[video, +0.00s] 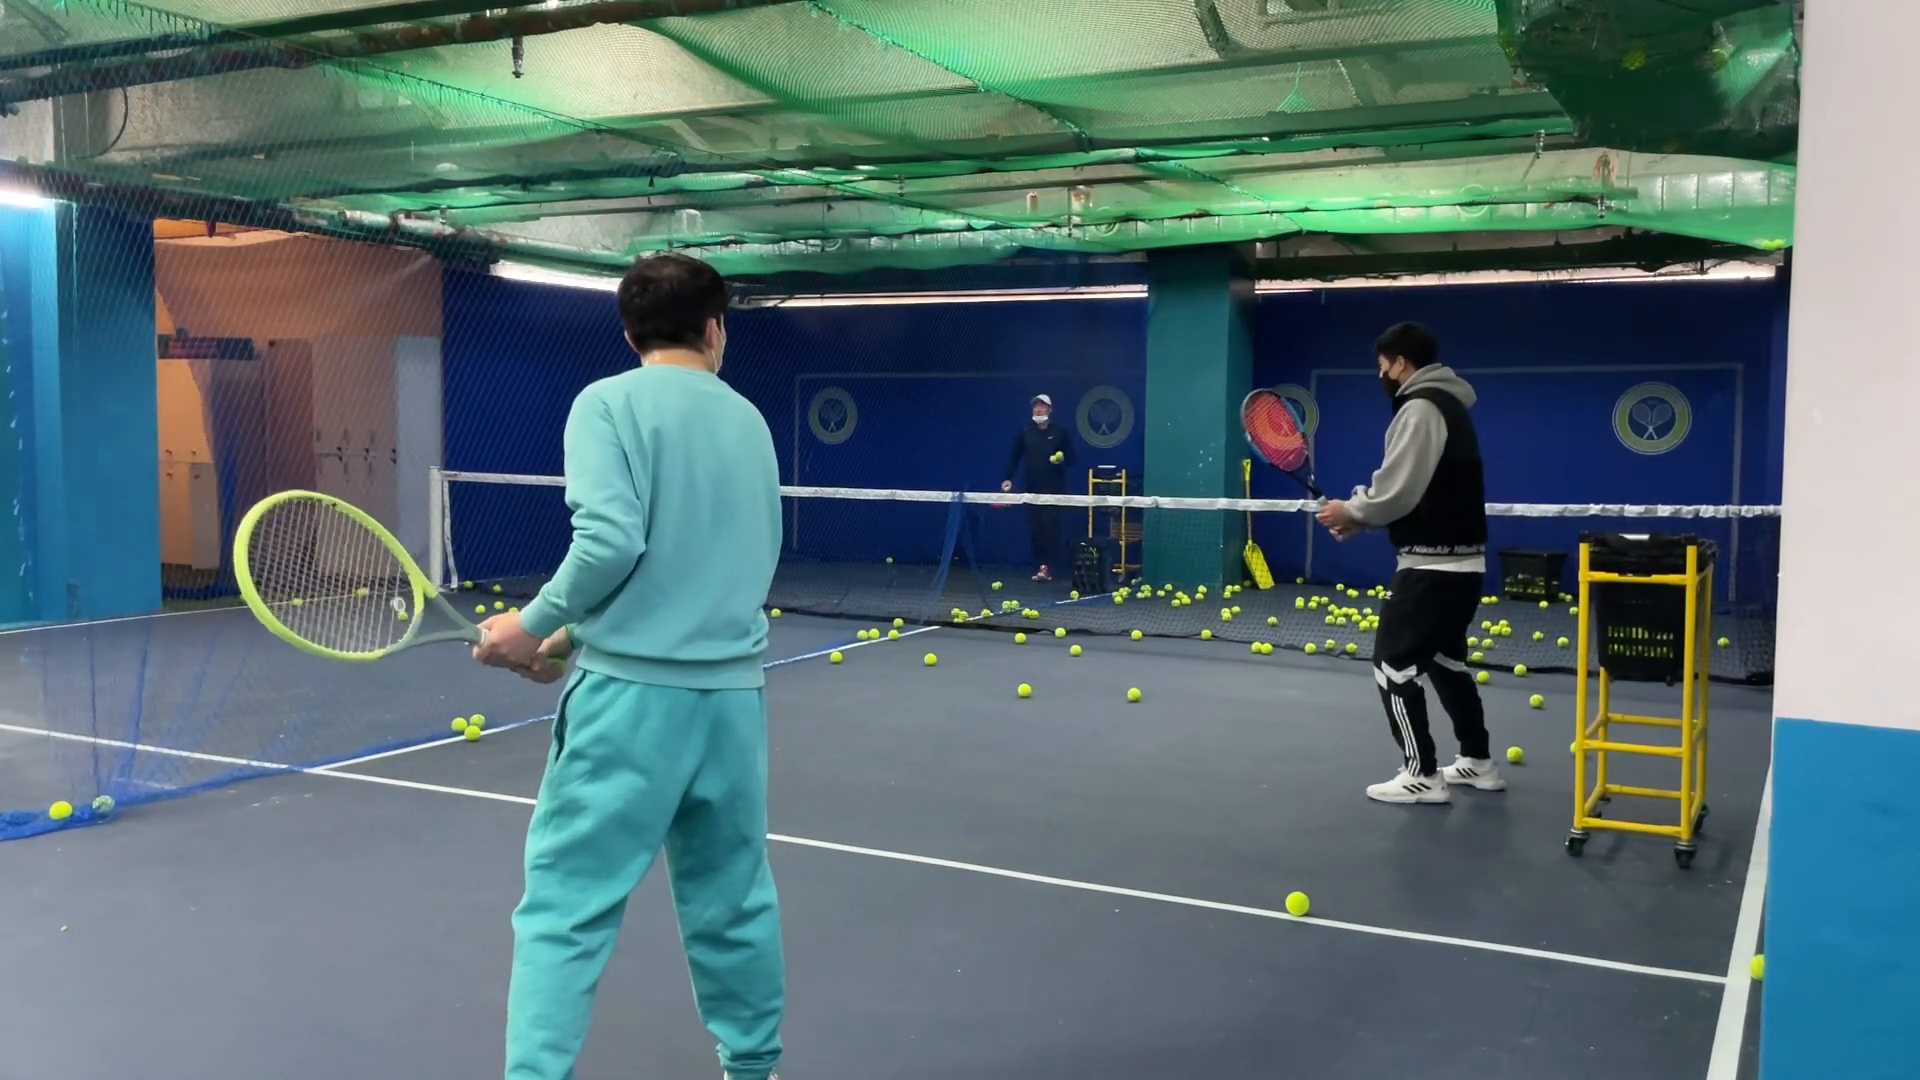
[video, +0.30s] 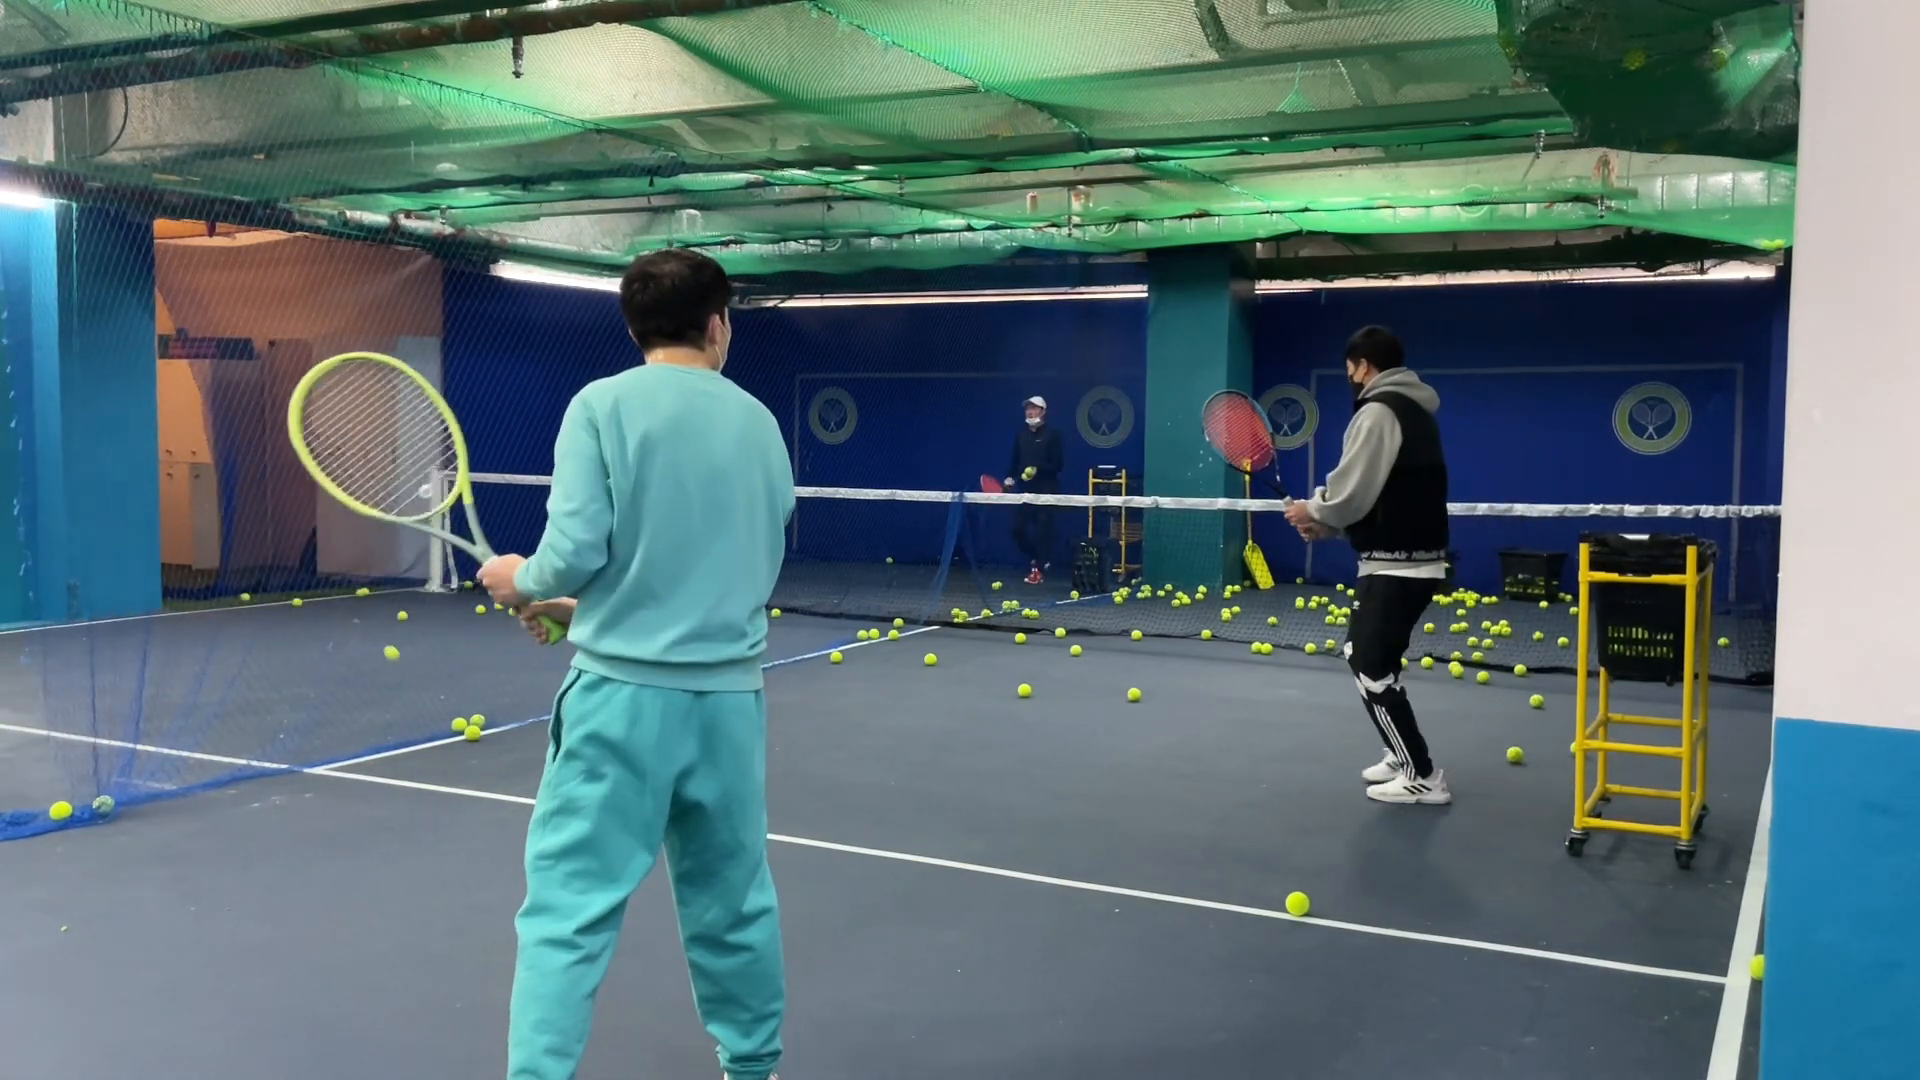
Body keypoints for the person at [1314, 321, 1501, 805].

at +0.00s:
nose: (1383, 374)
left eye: (1384, 365)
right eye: (1382, 365)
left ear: (1402, 362)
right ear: (1423, 360)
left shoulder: (1420, 410)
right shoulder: (1449, 406)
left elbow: (1398, 487)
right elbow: (1419, 491)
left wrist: (1350, 508)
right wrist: (1362, 518)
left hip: (1430, 568)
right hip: (1462, 567)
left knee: (1394, 668)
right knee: (1447, 661)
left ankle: (1421, 775)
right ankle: (1478, 762)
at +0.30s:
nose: (1350, 376)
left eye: (1351, 368)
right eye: (1350, 368)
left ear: (1364, 366)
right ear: (1392, 364)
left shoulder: (1379, 413)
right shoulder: (1412, 409)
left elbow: (1352, 490)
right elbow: (1384, 496)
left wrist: (1312, 508)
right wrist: (1327, 524)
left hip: (1395, 567)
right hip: (1414, 563)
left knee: (1370, 666)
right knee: (1373, 661)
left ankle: (1422, 777)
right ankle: (1406, 757)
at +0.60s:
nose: (1304, 380)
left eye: (1303, 372)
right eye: (1303, 372)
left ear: (1315, 370)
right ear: (1344, 365)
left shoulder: (1331, 412)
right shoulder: (1364, 409)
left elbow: (1305, 488)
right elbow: (1334, 499)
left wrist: (1261, 505)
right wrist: (1273, 520)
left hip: (1348, 567)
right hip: (1371, 565)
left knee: (1305, 664)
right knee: (1331, 664)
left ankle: (1384, 745)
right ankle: (1354, 763)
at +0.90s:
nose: (1239, 382)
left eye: (1239, 372)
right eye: (1238, 373)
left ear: (1252, 368)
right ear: (1276, 364)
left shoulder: (1279, 409)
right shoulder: (1294, 406)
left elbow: (1255, 483)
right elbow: (1268, 493)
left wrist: (1200, 497)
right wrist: (1211, 513)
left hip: (1293, 564)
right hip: (1311, 562)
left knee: (1240, 662)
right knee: (1308, 662)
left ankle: (1193, 762)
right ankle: (1357, 761)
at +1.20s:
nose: (1171, 401)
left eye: (1168, 392)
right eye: (1167, 394)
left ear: (1180, 383)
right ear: (1200, 378)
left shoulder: (1219, 414)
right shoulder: (1219, 414)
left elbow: (1191, 482)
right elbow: (1191, 496)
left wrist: (1132, 485)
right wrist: (1134, 506)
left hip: (1230, 566)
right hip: (1240, 565)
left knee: (1168, 658)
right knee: (1206, 656)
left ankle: (1180, 770)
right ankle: (1274, 732)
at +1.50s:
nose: (1129, 405)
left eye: (1125, 395)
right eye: (1124, 398)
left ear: (1135, 383)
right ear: (1153, 380)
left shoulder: (1190, 403)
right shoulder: (1162, 421)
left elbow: (1175, 461)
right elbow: (1143, 492)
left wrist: (1111, 460)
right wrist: (1105, 486)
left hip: (1210, 553)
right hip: (1192, 553)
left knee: (1162, 655)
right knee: (1157, 649)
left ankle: (1180, 770)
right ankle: (1173, 735)